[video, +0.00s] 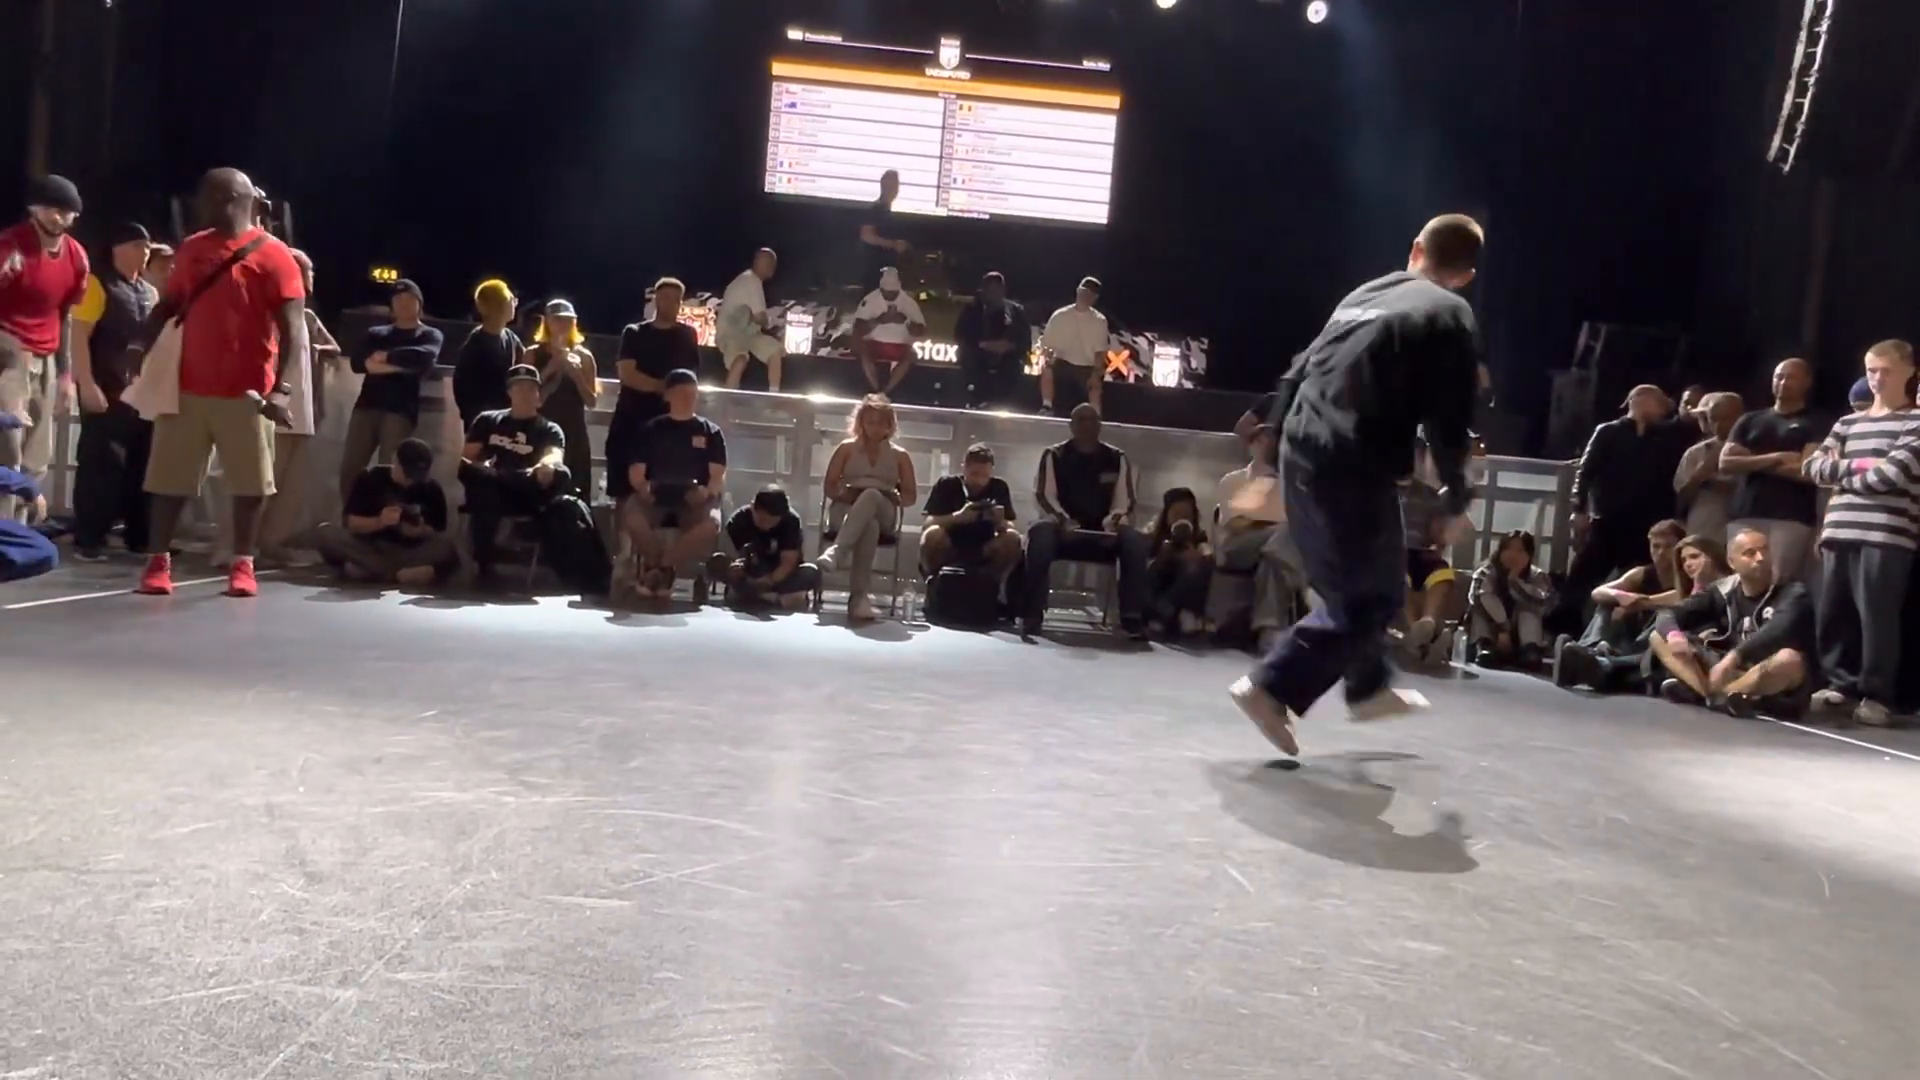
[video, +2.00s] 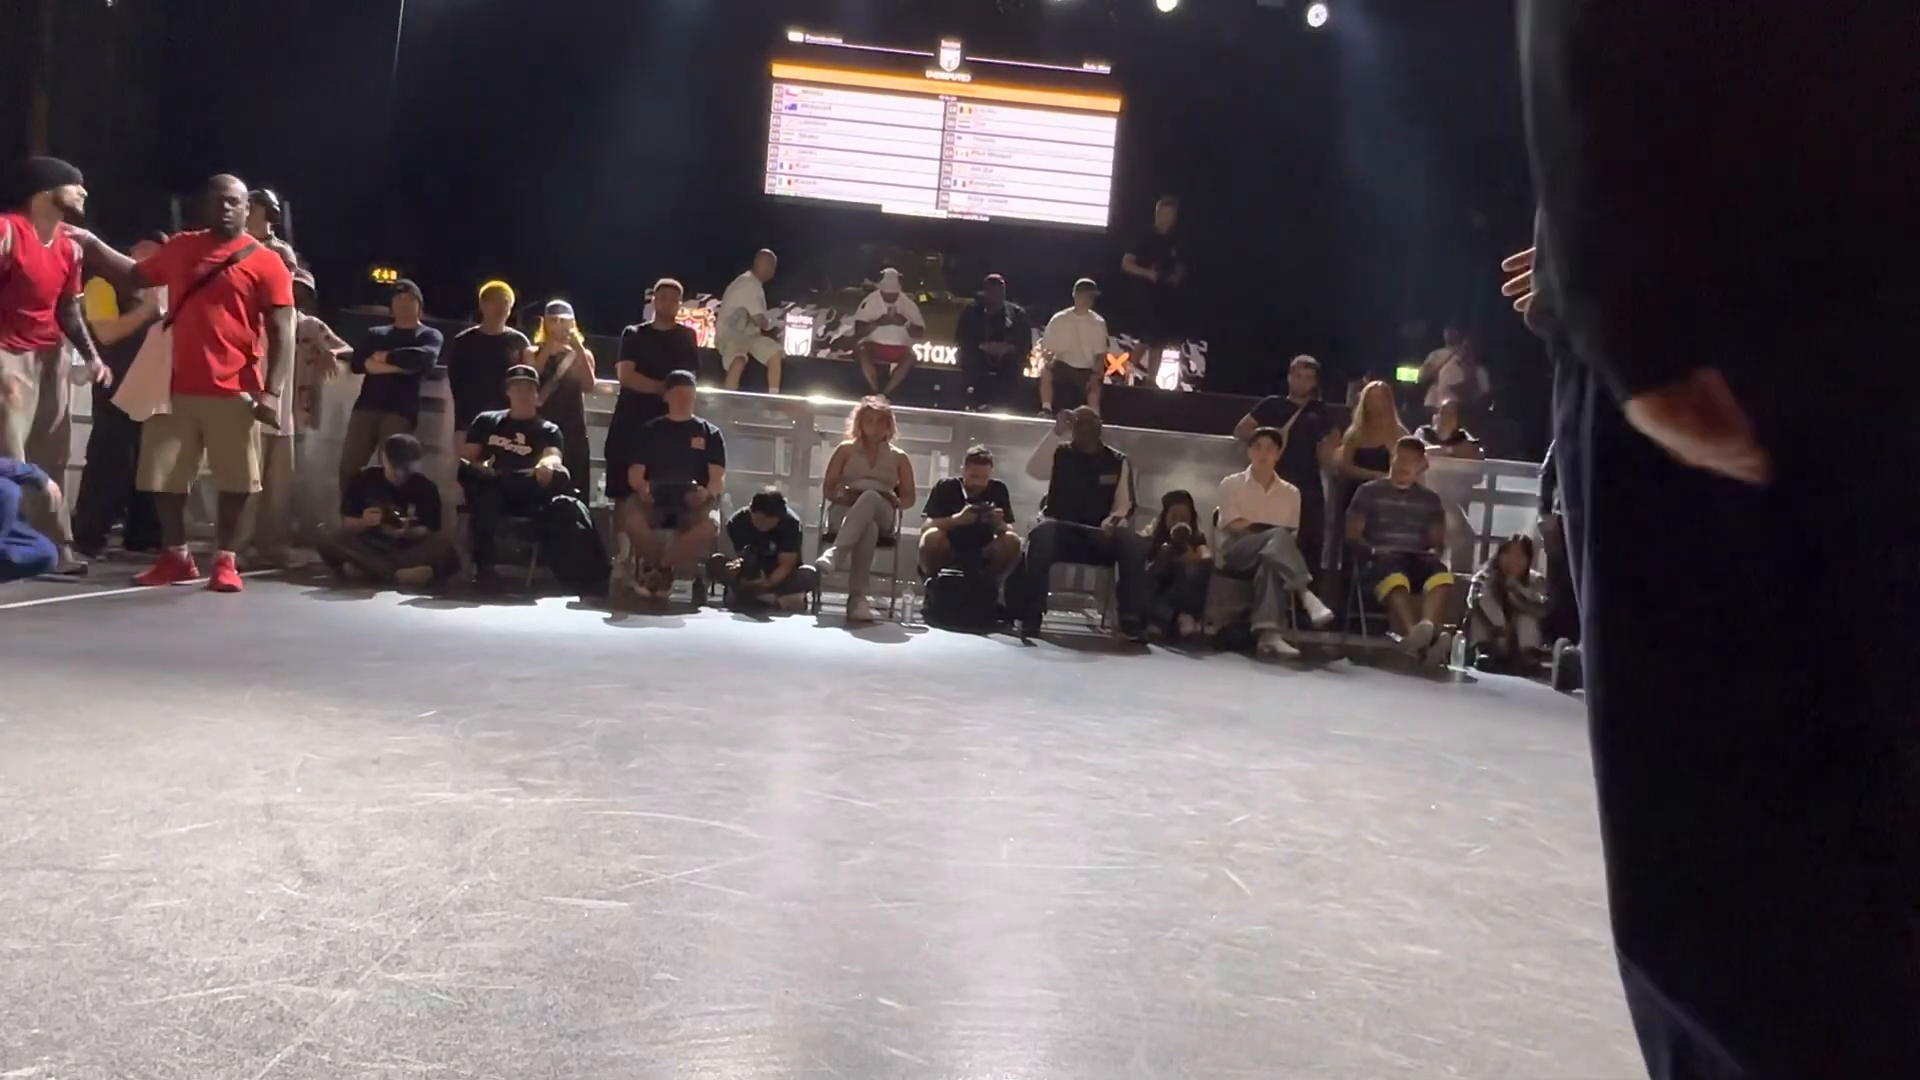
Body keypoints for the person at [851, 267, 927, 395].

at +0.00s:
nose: (890, 295)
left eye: (893, 292)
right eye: (886, 291)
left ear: (899, 288)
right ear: (880, 288)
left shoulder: (908, 302)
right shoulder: (870, 300)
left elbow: (920, 331)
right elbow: (858, 329)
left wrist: (905, 321)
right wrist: (880, 320)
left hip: (900, 346)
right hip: (874, 344)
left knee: (910, 356)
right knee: (864, 354)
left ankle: (886, 391)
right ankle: (877, 391)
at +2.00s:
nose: (890, 297)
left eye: (894, 294)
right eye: (887, 294)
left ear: (899, 291)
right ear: (881, 290)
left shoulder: (908, 303)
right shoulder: (870, 301)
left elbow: (918, 333)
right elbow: (858, 331)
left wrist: (904, 322)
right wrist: (878, 322)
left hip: (900, 347)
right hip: (873, 345)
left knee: (910, 358)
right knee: (863, 354)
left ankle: (885, 393)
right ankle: (875, 392)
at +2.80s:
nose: (880, 302)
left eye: (883, 299)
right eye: (876, 299)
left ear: (888, 296)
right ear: (870, 295)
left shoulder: (897, 308)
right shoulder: (859, 307)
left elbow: (908, 338)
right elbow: (848, 336)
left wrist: (894, 328)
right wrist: (870, 327)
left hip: (891, 353)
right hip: (864, 350)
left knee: (900, 363)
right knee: (854, 358)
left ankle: (878, 398)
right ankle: (866, 396)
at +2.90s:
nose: (878, 303)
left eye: (882, 300)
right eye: (875, 300)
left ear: (887, 297)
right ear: (868, 296)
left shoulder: (895, 308)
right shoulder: (858, 307)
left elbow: (906, 339)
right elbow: (846, 337)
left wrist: (892, 329)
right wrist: (867, 328)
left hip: (889, 353)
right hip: (862, 351)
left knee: (898, 364)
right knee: (852, 360)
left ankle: (875, 400)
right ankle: (864, 397)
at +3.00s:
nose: (876, 305)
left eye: (880, 301)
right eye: (873, 301)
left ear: (885, 298)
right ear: (867, 298)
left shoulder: (894, 310)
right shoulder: (856, 309)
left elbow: (905, 340)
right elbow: (845, 339)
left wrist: (891, 330)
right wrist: (866, 330)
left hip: (887, 354)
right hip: (860, 352)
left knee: (897, 365)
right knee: (851, 362)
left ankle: (874, 401)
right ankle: (863, 398)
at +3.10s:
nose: (872, 305)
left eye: (876, 301)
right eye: (869, 301)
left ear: (881, 298)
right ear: (863, 297)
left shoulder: (891, 310)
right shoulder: (853, 308)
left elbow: (902, 340)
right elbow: (842, 339)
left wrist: (887, 329)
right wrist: (863, 329)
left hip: (884, 354)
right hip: (858, 352)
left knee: (894, 364)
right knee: (847, 359)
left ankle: (871, 401)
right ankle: (860, 398)